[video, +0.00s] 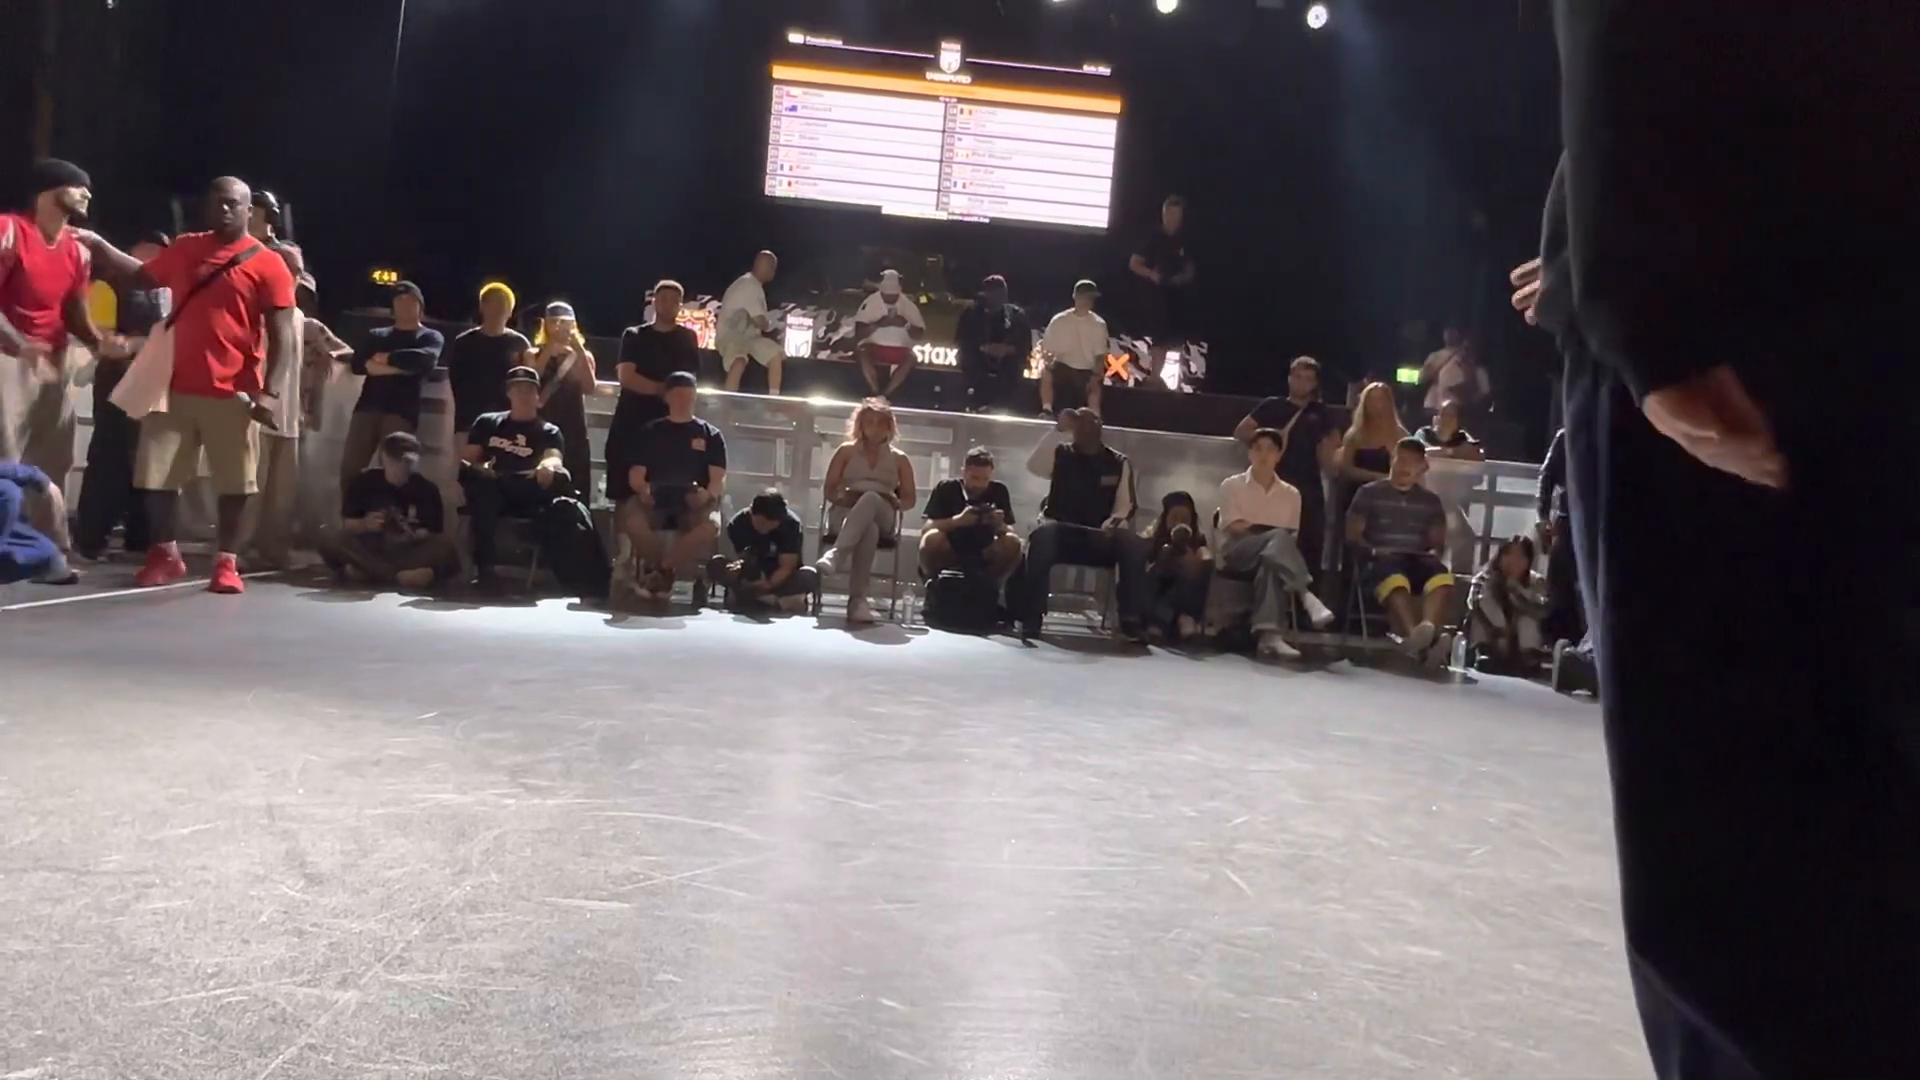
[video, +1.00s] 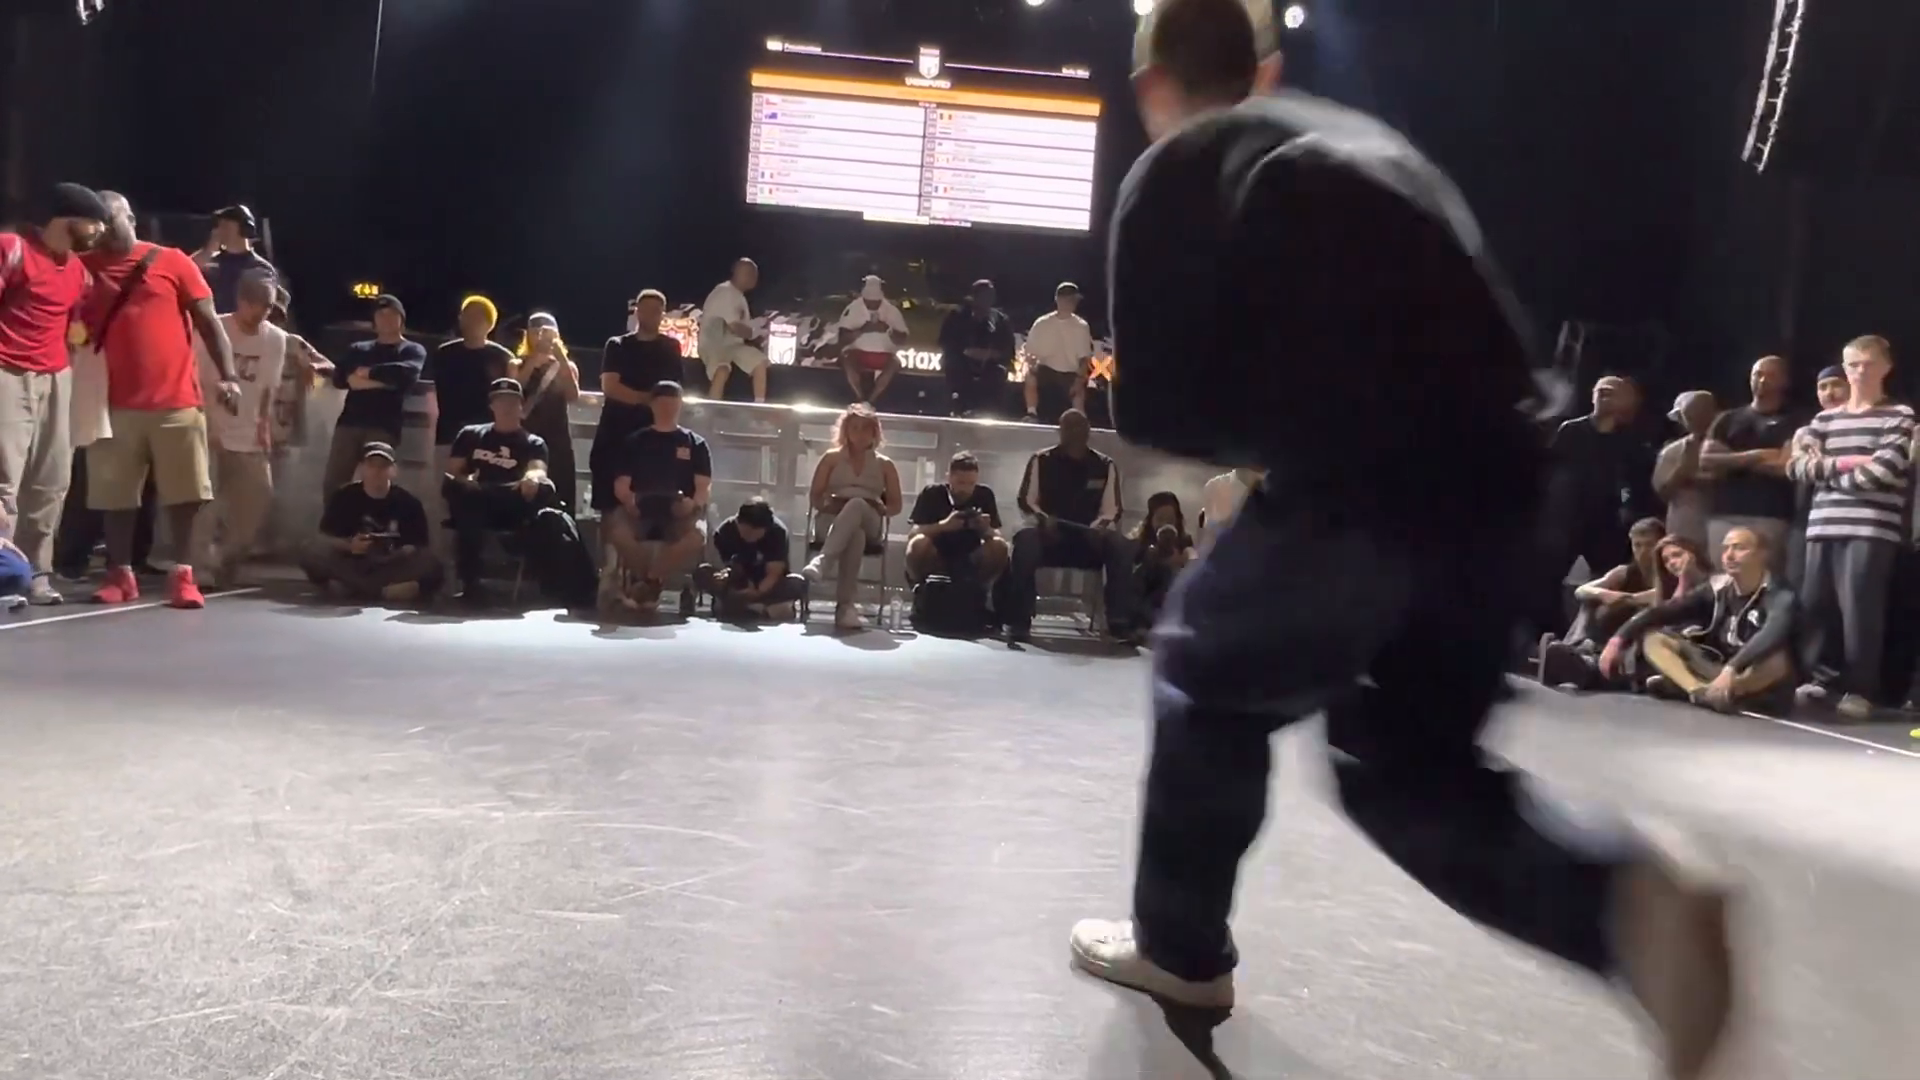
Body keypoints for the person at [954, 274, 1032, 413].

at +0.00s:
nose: (993, 299)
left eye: (997, 295)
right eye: (990, 294)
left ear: (1004, 295)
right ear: (984, 294)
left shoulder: (1016, 315)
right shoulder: (972, 314)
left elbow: (1024, 346)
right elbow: (963, 343)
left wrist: (1007, 349)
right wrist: (983, 349)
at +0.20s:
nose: (996, 301)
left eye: (1000, 296)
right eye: (992, 296)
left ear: (1006, 297)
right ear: (985, 296)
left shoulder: (1015, 317)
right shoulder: (972, 315)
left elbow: (1023, 349)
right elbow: (961, 343)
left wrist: (1004, 351)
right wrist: (981, 350)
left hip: (1006, 384)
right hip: (977, 382)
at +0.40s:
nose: (994, 301)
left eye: (998, 296)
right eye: (990, 296)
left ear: (1004, 297)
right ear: (982, 296)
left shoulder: (1011, 318)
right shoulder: (968, 316)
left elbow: (1020, 350)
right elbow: (957, 342)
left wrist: (1001, 353)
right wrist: (978, 351)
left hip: (1002, 384)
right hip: (973, 381)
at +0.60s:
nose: (993, 301)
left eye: (997, 295)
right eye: (989, 295)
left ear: (1001, 297)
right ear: (981, 295)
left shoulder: (1007, 318)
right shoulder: (965, 315)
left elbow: (1015, 348)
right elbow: (953, 342)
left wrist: (998, 353)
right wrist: (976, 351)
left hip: (999, 363)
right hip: (972, 363)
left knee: (1006, 369)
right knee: (960, 360)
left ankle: (998, 407)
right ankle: (962, 403)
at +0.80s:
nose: (992, 301)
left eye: (995, 296)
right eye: (987, 296)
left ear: (998, 298)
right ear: (978, 297)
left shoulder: (1004, 319)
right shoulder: (963, 316)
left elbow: (1011, 349)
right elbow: (950, 343)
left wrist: (994, 354)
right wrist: (971, 351)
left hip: (994, 366)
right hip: (968, 365)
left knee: (1003, 370)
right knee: (956, 361)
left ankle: (995, 408)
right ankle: (961, 401)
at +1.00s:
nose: (985, 302)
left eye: (988, 297)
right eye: (981, 297)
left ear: (993, 299)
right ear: (973, 297)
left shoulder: (1001, 320)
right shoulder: (958, 316)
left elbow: (1008, 352)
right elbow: (946, 342)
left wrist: (990, 354)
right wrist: (966, 352)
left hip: (990, 369)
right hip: (964, 368)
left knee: (999, 371)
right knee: (952, 361)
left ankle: (993, 409)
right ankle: (958, 405)